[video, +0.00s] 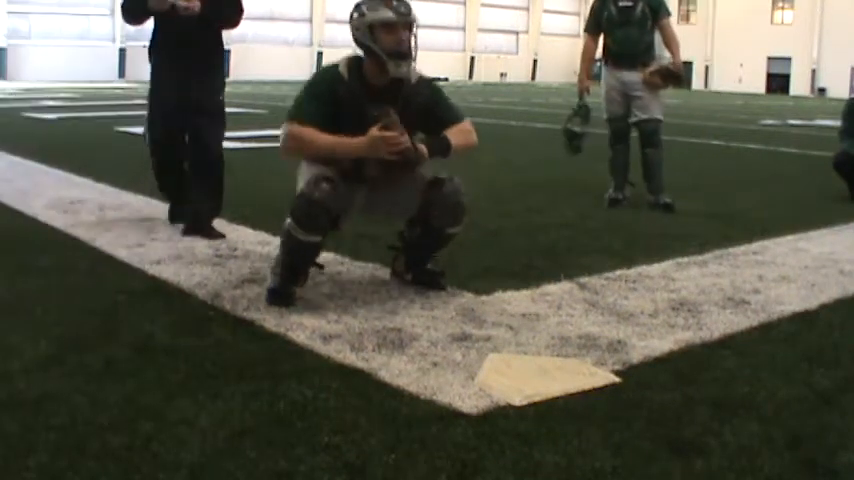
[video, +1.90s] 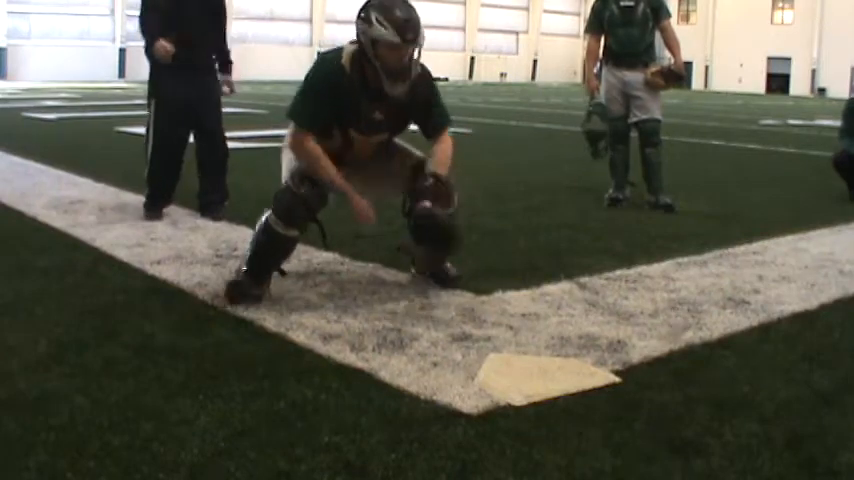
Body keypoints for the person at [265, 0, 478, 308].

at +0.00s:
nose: (402, 39)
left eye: (407, 30)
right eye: (390, 31)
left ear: (413, 33)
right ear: (364, 35)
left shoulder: (420, 89)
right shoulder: (330, 82)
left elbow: (467, 135)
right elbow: (292, 141)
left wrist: (424, 147)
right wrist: (364, 146)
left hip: (392, 187)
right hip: (338, 186)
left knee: (446, 195)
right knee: (320, 191)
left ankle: (412, 265)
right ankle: (287, 278)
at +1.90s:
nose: (402, 60)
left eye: (408, 50)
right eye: (392, 50)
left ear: (415, 46)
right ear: (368, 44)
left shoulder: (418, 81)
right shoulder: (331, 70)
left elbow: (442, 138)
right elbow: (300, 141)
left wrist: (433, 184)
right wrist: (351, 195)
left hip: (375, 153)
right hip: (319, 150)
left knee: (436, 193)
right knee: (304, 192)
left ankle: (431, 264)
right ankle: (253, 277)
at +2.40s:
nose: (381, 110)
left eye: (389, 103)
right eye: (373, 103)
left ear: (400, 89)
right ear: (350, 84)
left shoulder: (405, 113)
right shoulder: (310, 110)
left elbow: (403, 160)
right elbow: (267, 155)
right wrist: (317, 211)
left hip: (371, 205)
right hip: (312, 203)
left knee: (430, 281)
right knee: (291, 297)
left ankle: (362, 255)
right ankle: (255, 265)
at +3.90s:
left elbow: (747, 6)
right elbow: (666, 17)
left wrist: (758, 83)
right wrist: (671, 72)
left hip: (726, 82)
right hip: (684, 83)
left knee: (678, 203)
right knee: (659, 204)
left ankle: (714, 342)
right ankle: (718, 289)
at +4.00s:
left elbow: (767, 4)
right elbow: (672, 16)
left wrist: (770, 71)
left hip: (747, 77)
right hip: (713, 79)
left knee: (705, 192)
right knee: (681, 195)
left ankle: (734, 332)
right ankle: (717, 293)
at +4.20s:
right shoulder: (708, 4)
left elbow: (785, 34)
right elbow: (687, 19)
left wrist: (767, 87)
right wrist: (636, 43)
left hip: (776, 84)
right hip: (727, 81)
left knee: (758, 211)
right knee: (682, 180)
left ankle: (838, 265)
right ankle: (722, 281)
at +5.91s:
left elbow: (603, 8)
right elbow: (733, 20)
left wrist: (596, 69)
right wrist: (710, 1)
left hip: (637, 60)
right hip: (684, 59)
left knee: (632, 153)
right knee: (670, 163)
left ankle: (632, 224)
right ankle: (667, 257)